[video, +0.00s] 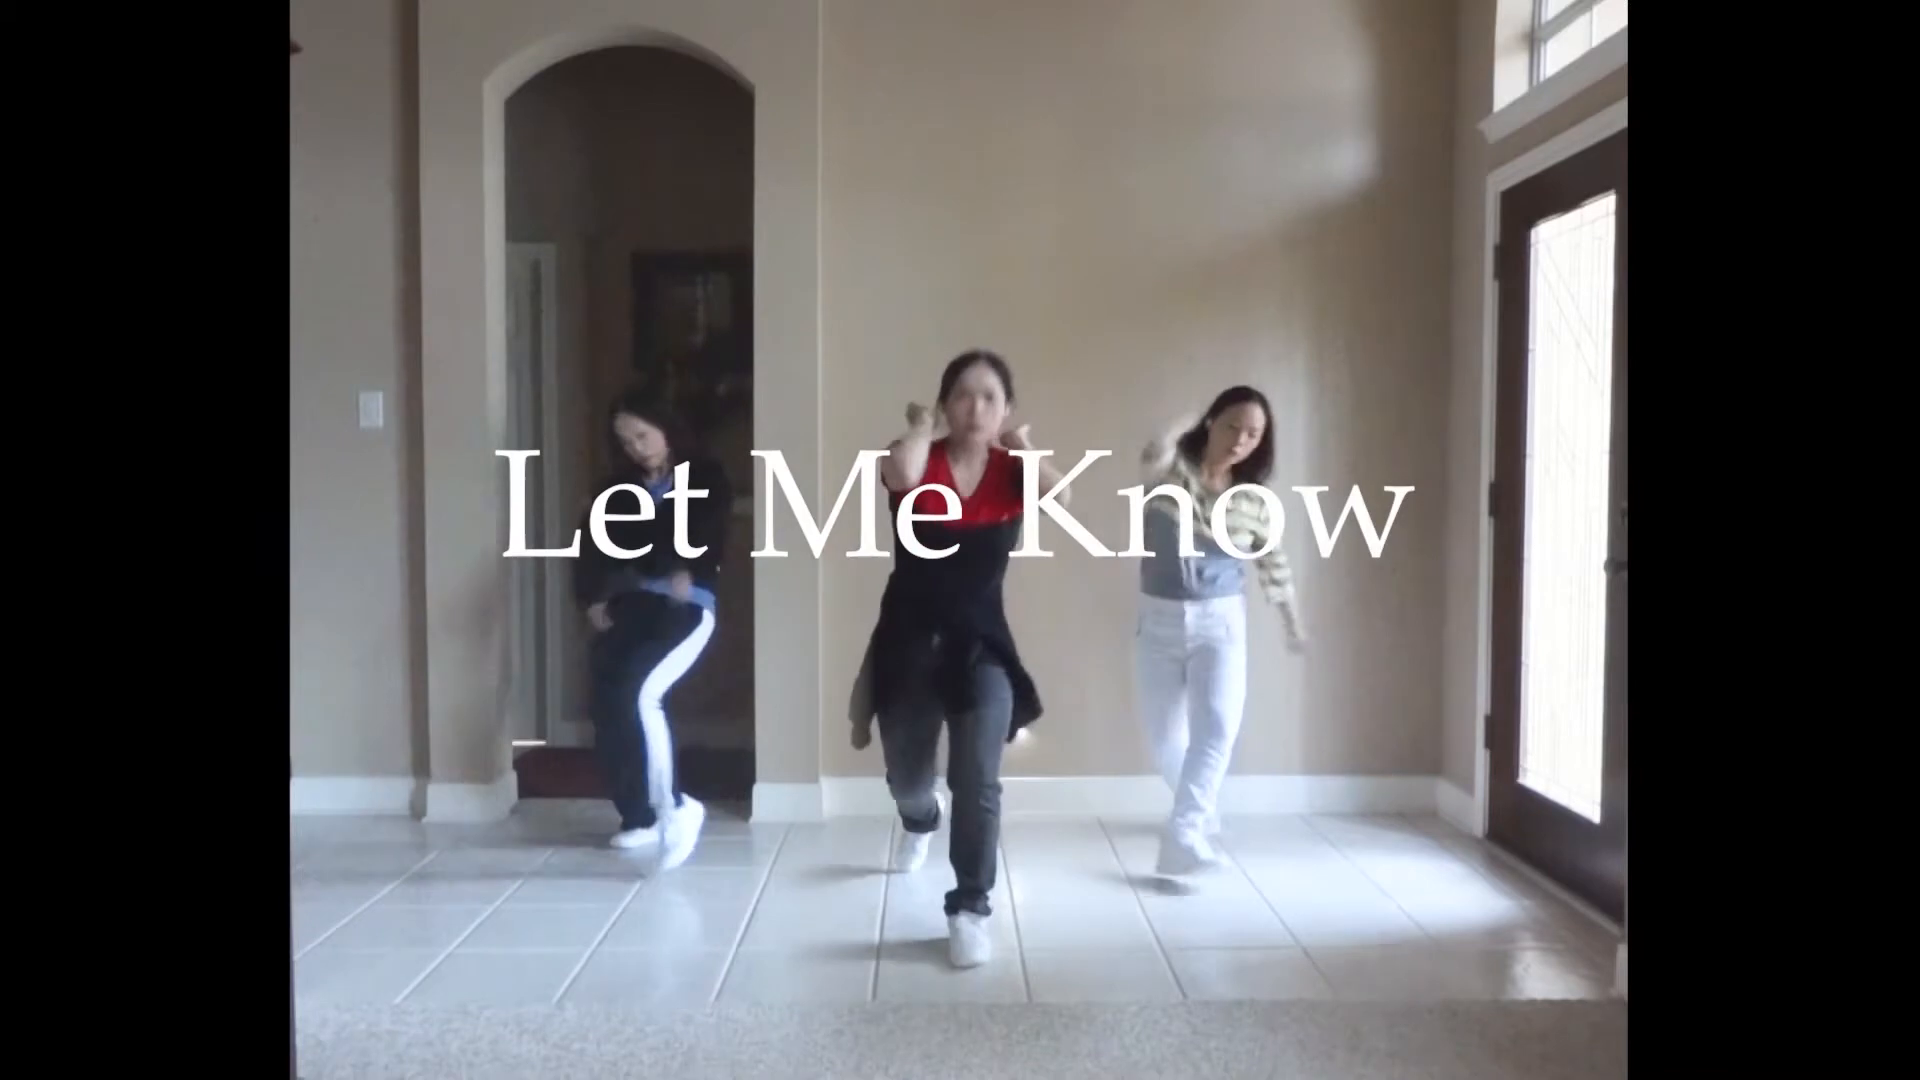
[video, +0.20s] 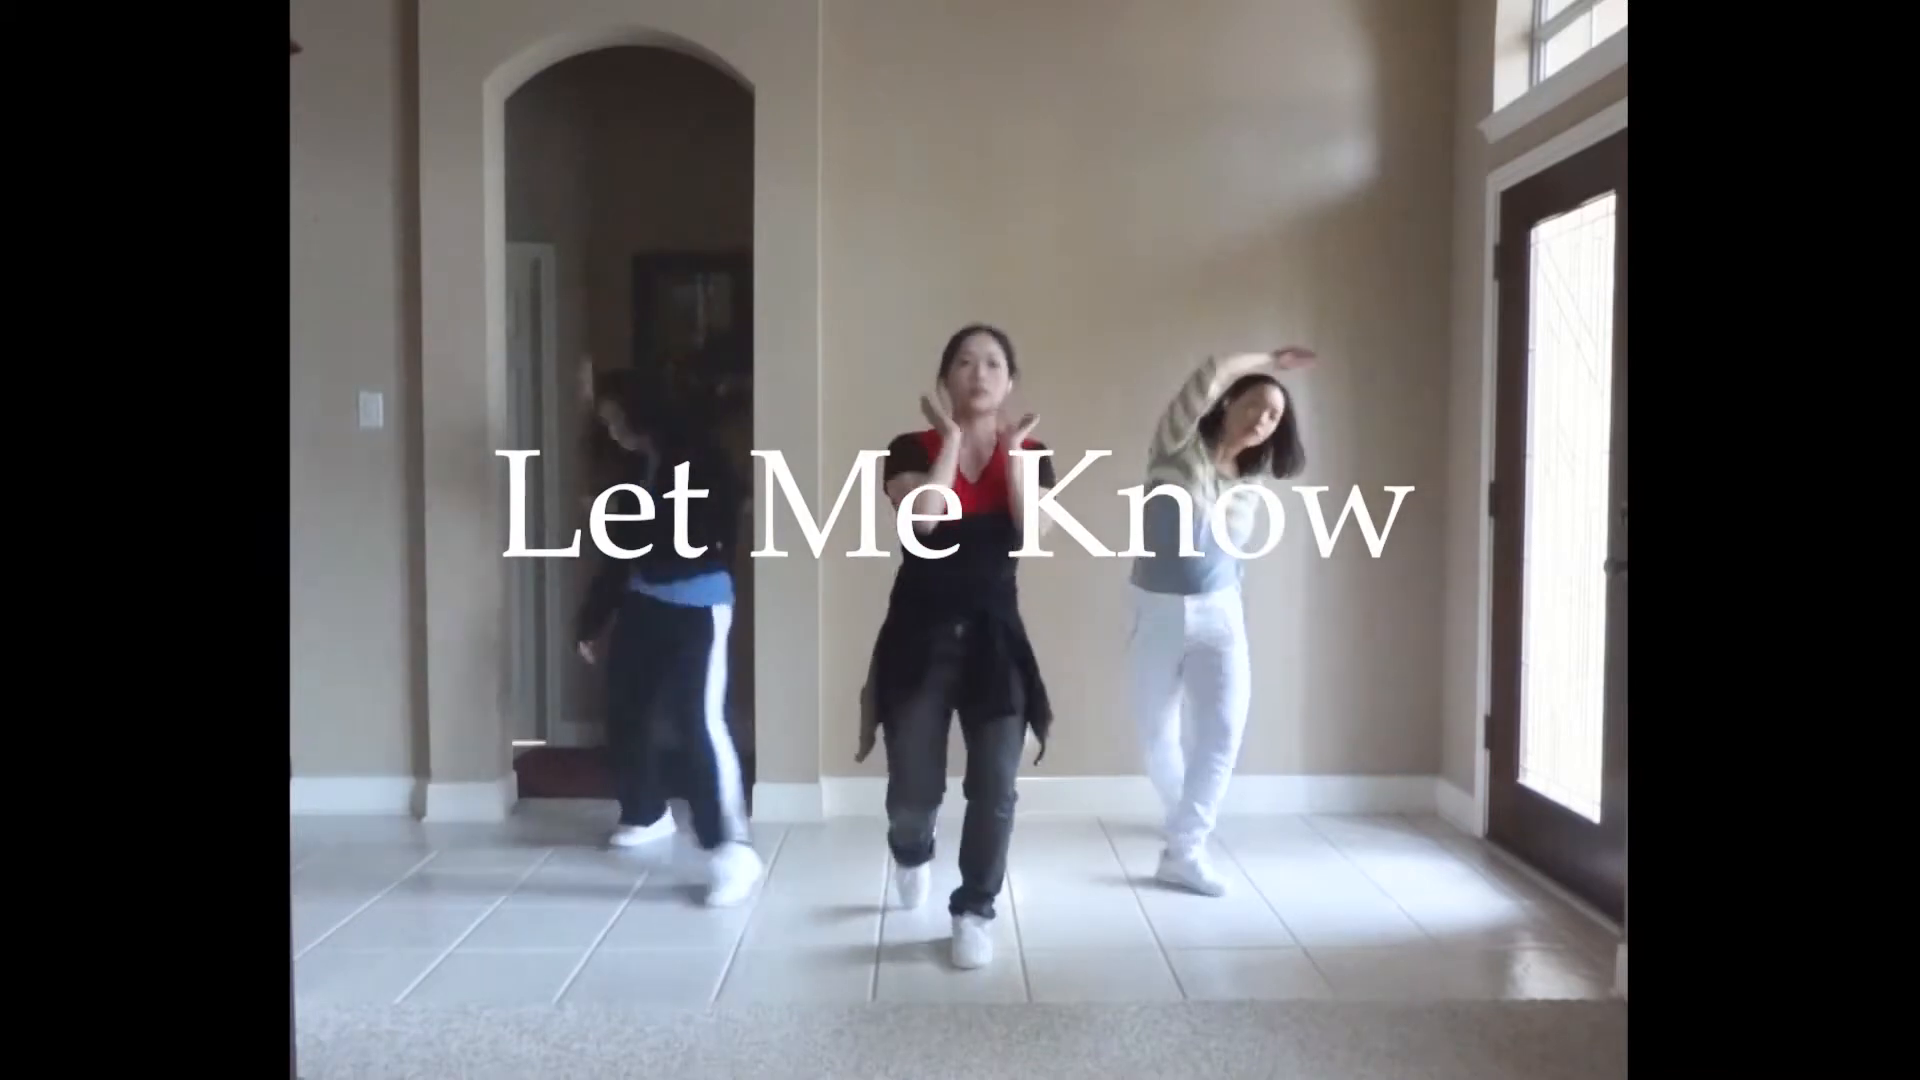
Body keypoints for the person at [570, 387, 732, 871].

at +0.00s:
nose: (638, 449)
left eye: (644, 436)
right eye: (628, 442)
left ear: (665, 429)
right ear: (623, 445)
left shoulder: (703, 477)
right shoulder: (623, 489)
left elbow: (713, 536)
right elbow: (593, 545)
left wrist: (690, 569)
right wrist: (593, 598)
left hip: (686, 607)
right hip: (632, 609)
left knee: (644, 693)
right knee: (610, 702)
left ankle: (672, 810)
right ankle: (640, 822)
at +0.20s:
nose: (613, 434)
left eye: (618, 422)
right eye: (608, 424)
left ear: (642, 415)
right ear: (619, 425)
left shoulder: (699, 456)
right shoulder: (635, 467)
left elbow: (721, 538)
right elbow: (622, 551)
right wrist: (594, 618)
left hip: (701, 600)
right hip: (647, 596)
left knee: (700, 719)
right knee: (628, 705)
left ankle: (732, 849)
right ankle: (647, 818)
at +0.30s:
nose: (627, 413)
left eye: (632, 400)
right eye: (621, 406)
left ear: (660, 393)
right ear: (626, 412)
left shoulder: (710, 449)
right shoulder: (640, 459)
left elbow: (723, 529)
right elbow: (638, 539)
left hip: (713, 593)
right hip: (656, 592)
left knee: (718, 725)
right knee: (645, 708)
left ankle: (754, 853)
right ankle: (646, 810)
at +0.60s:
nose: (661, 392)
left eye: (668, 379)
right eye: (656, 382)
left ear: (698, 379)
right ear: (664, 389)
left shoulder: (737, 438)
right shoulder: (682, 444)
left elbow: (747, 519)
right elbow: (660, 522)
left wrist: (681, 507)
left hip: (736, 597)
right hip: (687, 598)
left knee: (728, 731)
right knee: (680, 722)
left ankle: (750, 866)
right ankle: (706, 832)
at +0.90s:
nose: (691, 384)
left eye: (701, 373)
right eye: (684, 376)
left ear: (727, 375)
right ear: (677, 385)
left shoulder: (751, 438)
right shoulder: (682, 458)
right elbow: (668, 549)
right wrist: (658, 621)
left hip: (753, 601)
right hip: (691, 607)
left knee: (741, 736)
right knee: (686, 733)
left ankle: (750, 867)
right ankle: (704, 856)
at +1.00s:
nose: (695, 387)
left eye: (705, 375)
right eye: (688, 379)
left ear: (733, 380)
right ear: (682, 389)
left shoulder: (761, 453)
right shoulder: (681, 465)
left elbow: (757, 518)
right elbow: (665, 555)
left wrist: (728, 441)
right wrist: (639, 630)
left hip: (759, 607)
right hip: (696, 614)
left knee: (747, 741)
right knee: (687, 737)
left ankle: (749, 868)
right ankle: (694, 858)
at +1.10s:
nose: (699, 388)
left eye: (712, 376)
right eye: (691, 378)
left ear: (737, 384)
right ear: (683, 387)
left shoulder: (760, 456)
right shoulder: (676, 461)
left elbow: (746, 533)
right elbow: (655, 551)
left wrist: (697, 470)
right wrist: (619, 627)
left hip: (761, 613)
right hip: (697, 619)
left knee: (747, 746)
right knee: (690, 747)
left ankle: (749, 872)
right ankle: (690, 864)